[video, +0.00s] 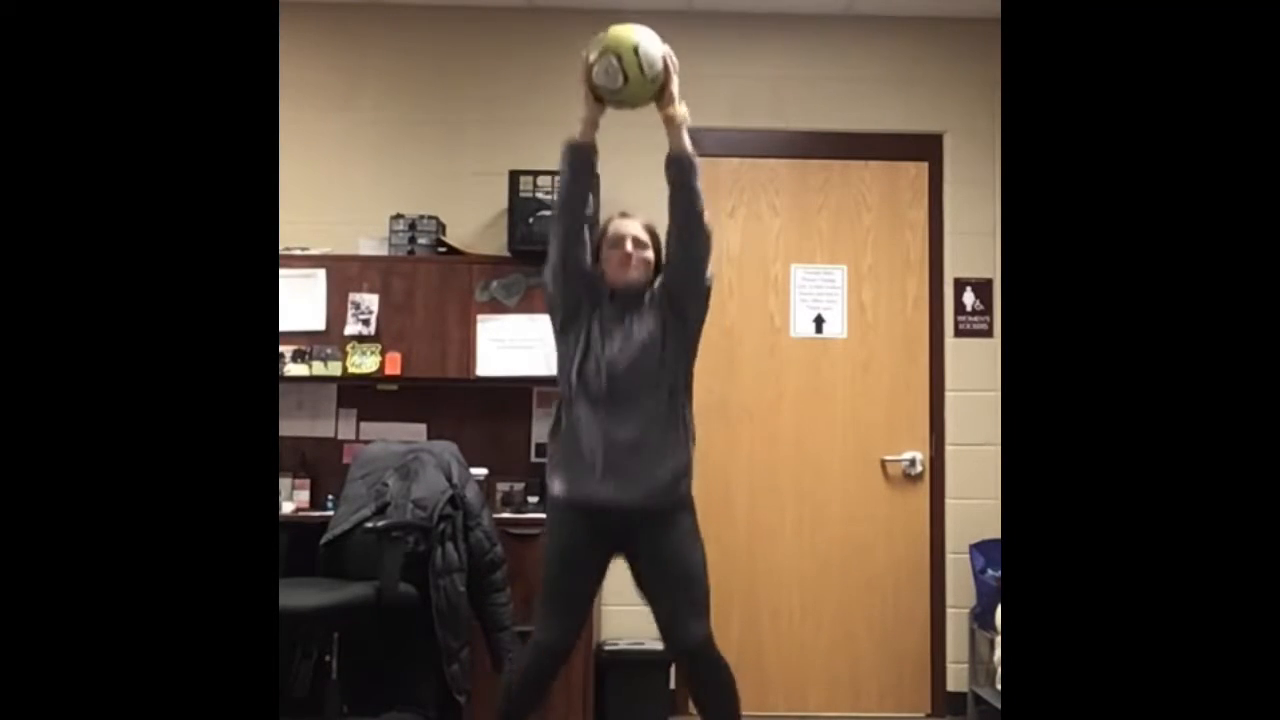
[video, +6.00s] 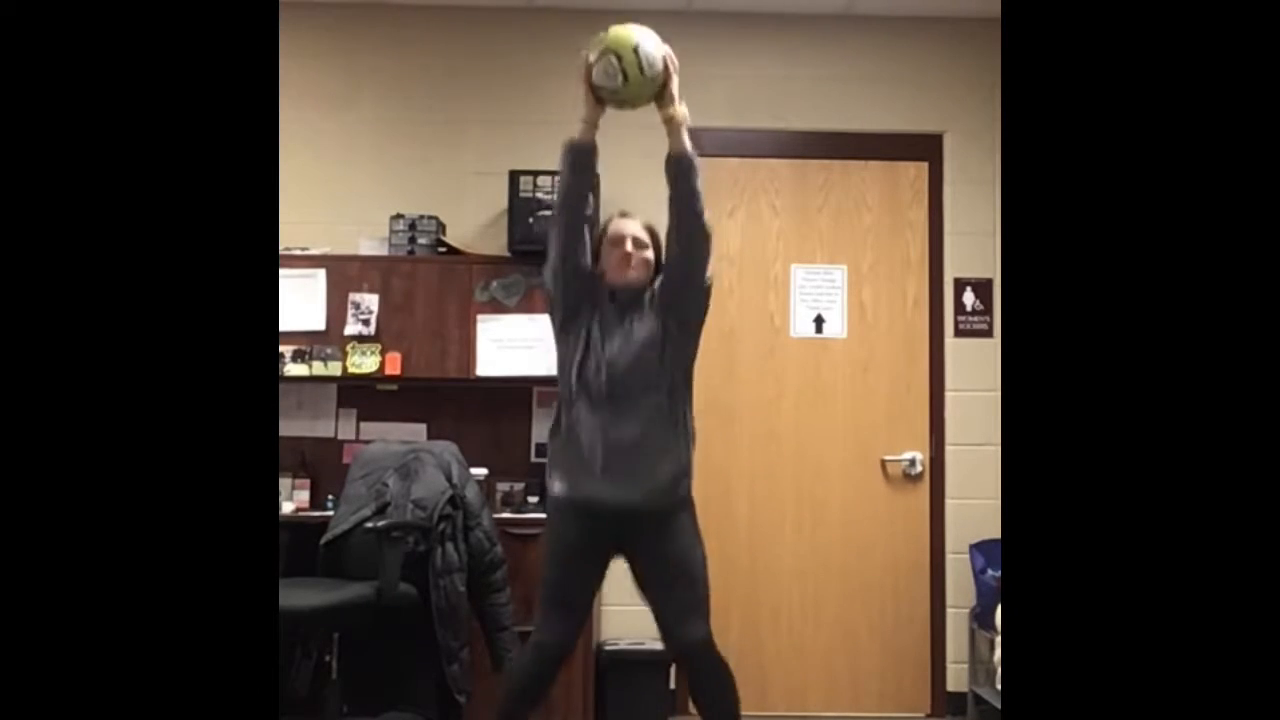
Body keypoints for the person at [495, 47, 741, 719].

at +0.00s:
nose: (632, 249)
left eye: (642, 242)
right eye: (619, 242)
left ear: (657, 261)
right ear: (595, 260)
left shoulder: (676, 315)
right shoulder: (577, 314)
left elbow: (691, 231)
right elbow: (570, 221)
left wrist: (676, 124)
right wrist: (589, 117)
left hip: (660, 507)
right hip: (579, 507)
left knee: (693, 645)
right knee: (549, 647)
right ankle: (504, 714)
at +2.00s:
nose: (632, 248)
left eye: (642, 241)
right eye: (619, 241)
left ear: (657, 261)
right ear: (596, 259)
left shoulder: (676, 314)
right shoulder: (578, 312)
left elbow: (690, 231)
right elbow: (570, 219)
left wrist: (676, 124)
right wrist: (588, 117)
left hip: (660, 506)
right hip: (579, 506)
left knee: (693, 647)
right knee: (549, 646)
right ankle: (504, 713)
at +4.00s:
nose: (631, 248)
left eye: (641, 241)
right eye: (618, 241)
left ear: (656, 261)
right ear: (596, 259)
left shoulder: (675, 313)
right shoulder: (577, 312)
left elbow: (691, 229)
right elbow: (570, 221)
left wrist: (675, 121)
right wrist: (589, 117)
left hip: (660, 507)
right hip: (579, 506)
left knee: (693, 647)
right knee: (548, 648)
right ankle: (501, 715)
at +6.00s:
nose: (632, 249)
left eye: (642, 242)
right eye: (619, 242)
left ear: (657, 261)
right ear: (595, 260)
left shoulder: (676, 315)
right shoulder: (577, 314)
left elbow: (691, 232)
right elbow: (569, 220)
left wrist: (676, 123)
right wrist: (589, 118)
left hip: (660, 508)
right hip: (579, 507)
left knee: (694, 646)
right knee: (548, 648)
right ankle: (502, 714)